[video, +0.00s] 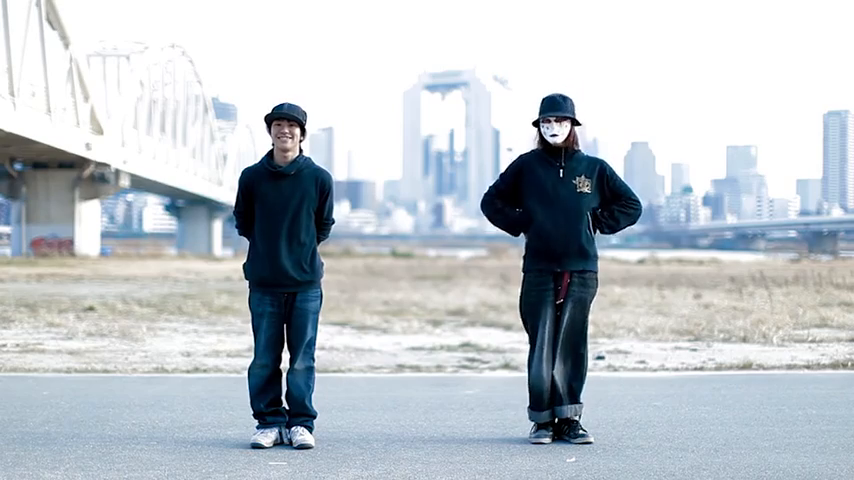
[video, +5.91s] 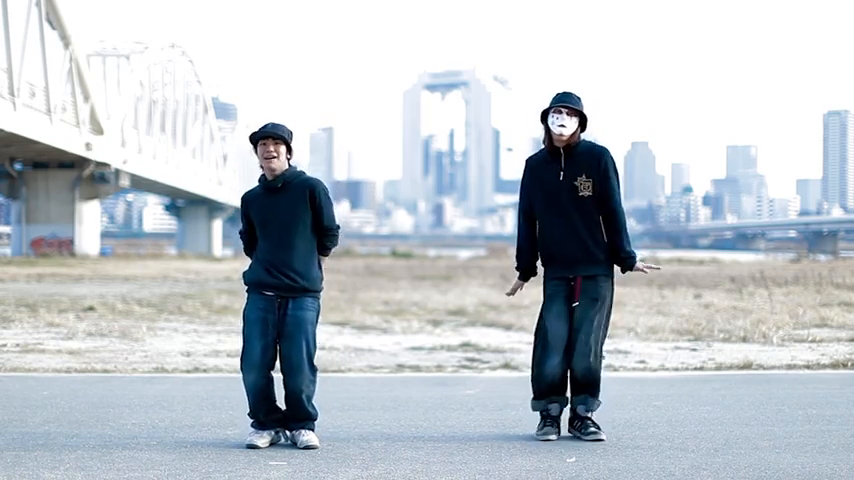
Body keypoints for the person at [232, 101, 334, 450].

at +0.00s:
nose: (285, 135)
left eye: (291, 129)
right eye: (279, 129)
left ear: (301, 135)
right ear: (270, 133)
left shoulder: (319, 179)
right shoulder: (251, 176)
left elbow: (323, 227)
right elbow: (243, 224)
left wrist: (299, 245)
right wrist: (269, 244)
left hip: (306, 280)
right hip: (264, 280)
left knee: (302, 355)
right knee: (265, 355)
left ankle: (300, 424)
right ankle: (269, 425)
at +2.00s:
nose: (286, 169)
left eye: (293, 163)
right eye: (281, 163)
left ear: (302, 168)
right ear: (272, 167)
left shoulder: (321, 205)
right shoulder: (256, 209)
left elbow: (337, 250)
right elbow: (245, 252)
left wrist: (316, 283)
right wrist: (261, 277)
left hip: (300, 300)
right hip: (258, 298)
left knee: (296, 368)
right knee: (251, 371)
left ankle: (300, 428)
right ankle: (266, 427)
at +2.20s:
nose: (263, 140)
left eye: (268, 134)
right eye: (256, 135)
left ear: (279, 138)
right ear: (248, 141)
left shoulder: (304, 172)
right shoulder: (245, 186)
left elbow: (331, 213)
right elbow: (252, 229)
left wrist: (317, 241)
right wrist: (280, 245)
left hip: (306, 281)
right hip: (267, 282)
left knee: (298, 355)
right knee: (259, 354)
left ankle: (300, 426)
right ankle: (267, 425)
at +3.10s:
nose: (302, 153)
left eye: (309, 149)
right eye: (298, 146)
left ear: (316, 157)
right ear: (286, 148)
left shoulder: (322, 198)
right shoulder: (259, 183)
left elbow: (325, 241)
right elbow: (234, 225)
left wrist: (306, 260)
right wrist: (248, 250)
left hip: (301, 288)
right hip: (259, 286)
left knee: (304, 359)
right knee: (262, 359)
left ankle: (301, 425)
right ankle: (266, 426)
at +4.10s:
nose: (259, 136)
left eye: (264, 130)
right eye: (252, 133)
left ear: (277, 136)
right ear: (246, 141)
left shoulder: (305, 172)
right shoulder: (245, 186)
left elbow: (331, 212)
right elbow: (251, 229)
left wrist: (316, 245)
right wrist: (275, 247)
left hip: (307, 279)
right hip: (268, 279)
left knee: (300, 354)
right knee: (263, 354)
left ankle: (301, 424)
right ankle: (267, 424)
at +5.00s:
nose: (302, 147)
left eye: (308, 143)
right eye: (296, 141)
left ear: (316, 151)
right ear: (285, 145)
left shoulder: (325, 195)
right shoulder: (259, 185)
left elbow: (329, 240)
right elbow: (237, 228)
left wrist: (303, 261)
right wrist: (258, 255)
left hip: (305, 288)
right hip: (263, 287)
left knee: (309, 360)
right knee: (263, 359)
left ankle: (301, 425)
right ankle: (265, 425)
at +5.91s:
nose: (270, 152)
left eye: (276, 146)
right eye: (264, 147)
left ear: (288, 151)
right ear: (256, 154)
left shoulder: (311, 188)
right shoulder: (250, 199)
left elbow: (329, 235)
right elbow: (249, 243)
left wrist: (310, 260)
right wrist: (271, 261)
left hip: (302, 291)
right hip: (261, 290)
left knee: (298, 362)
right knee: (253, 363)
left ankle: (302, 426)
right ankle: (266, 425)